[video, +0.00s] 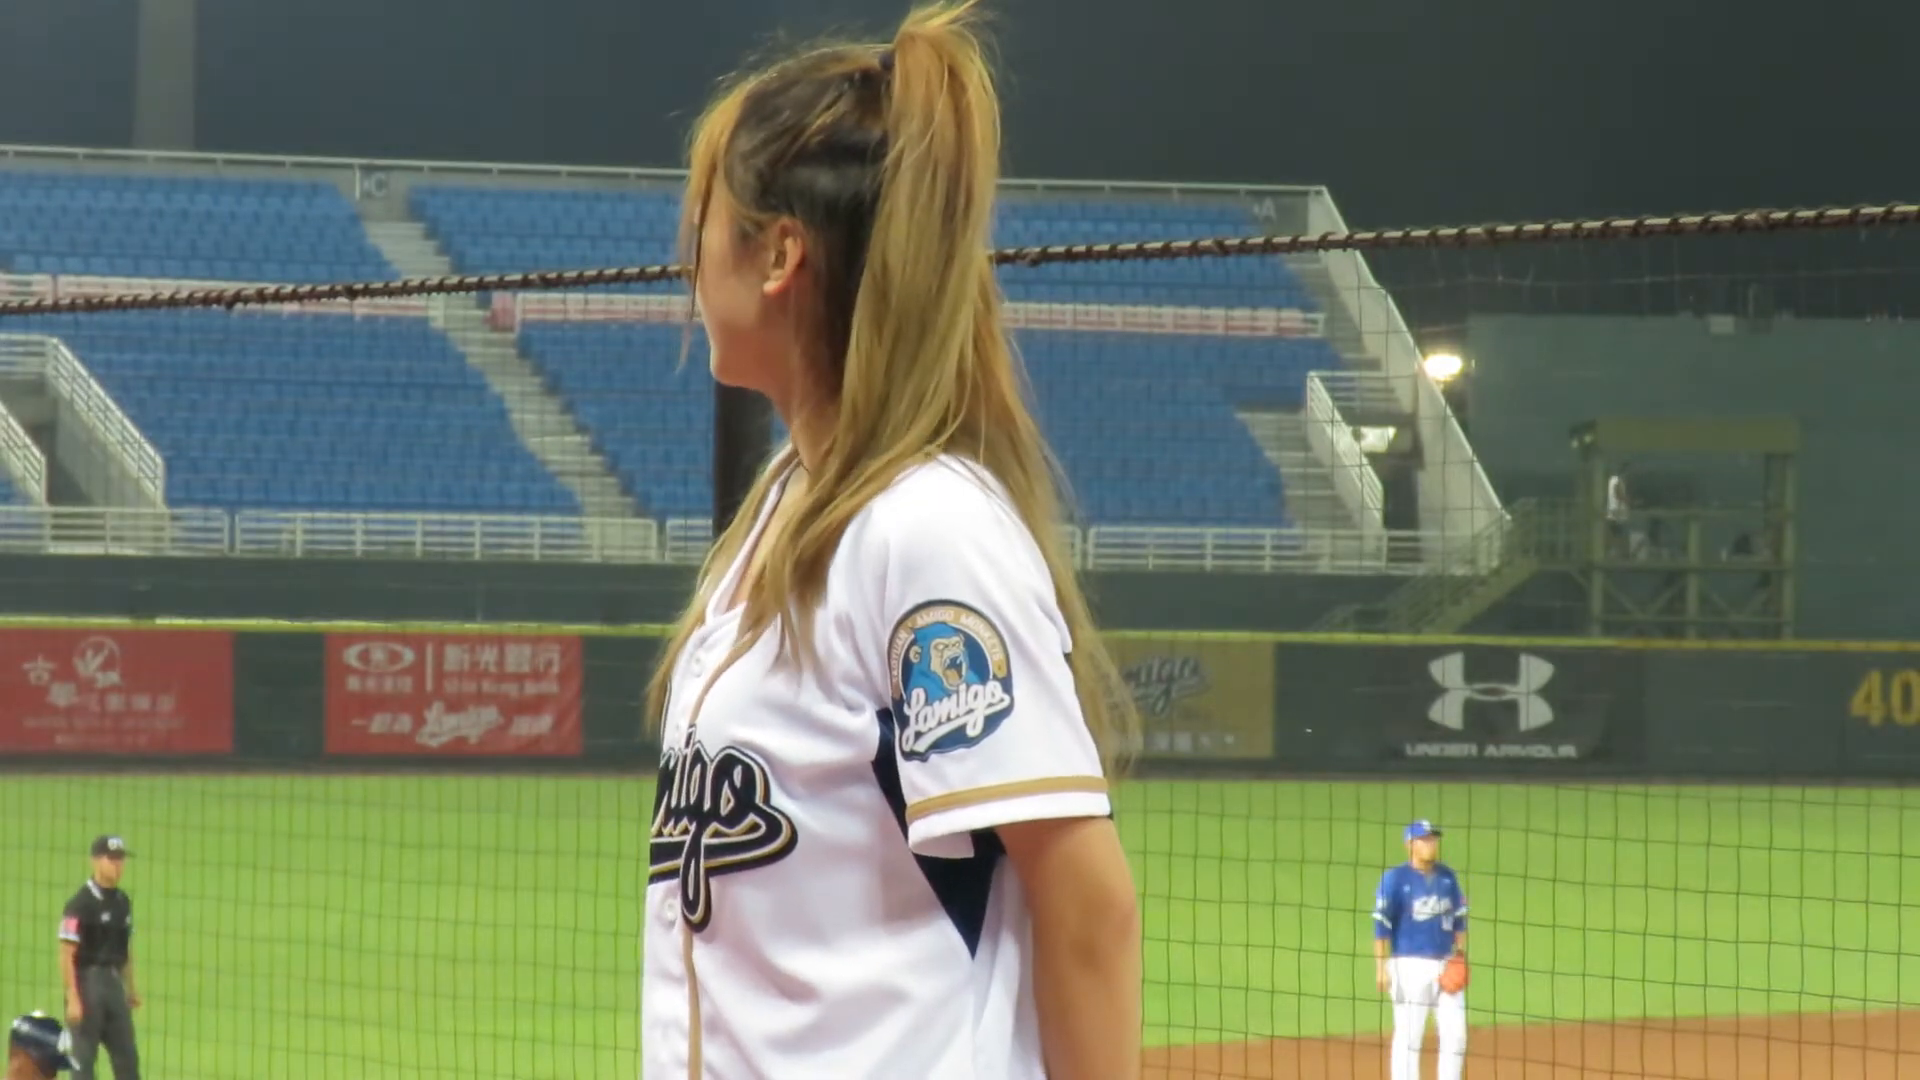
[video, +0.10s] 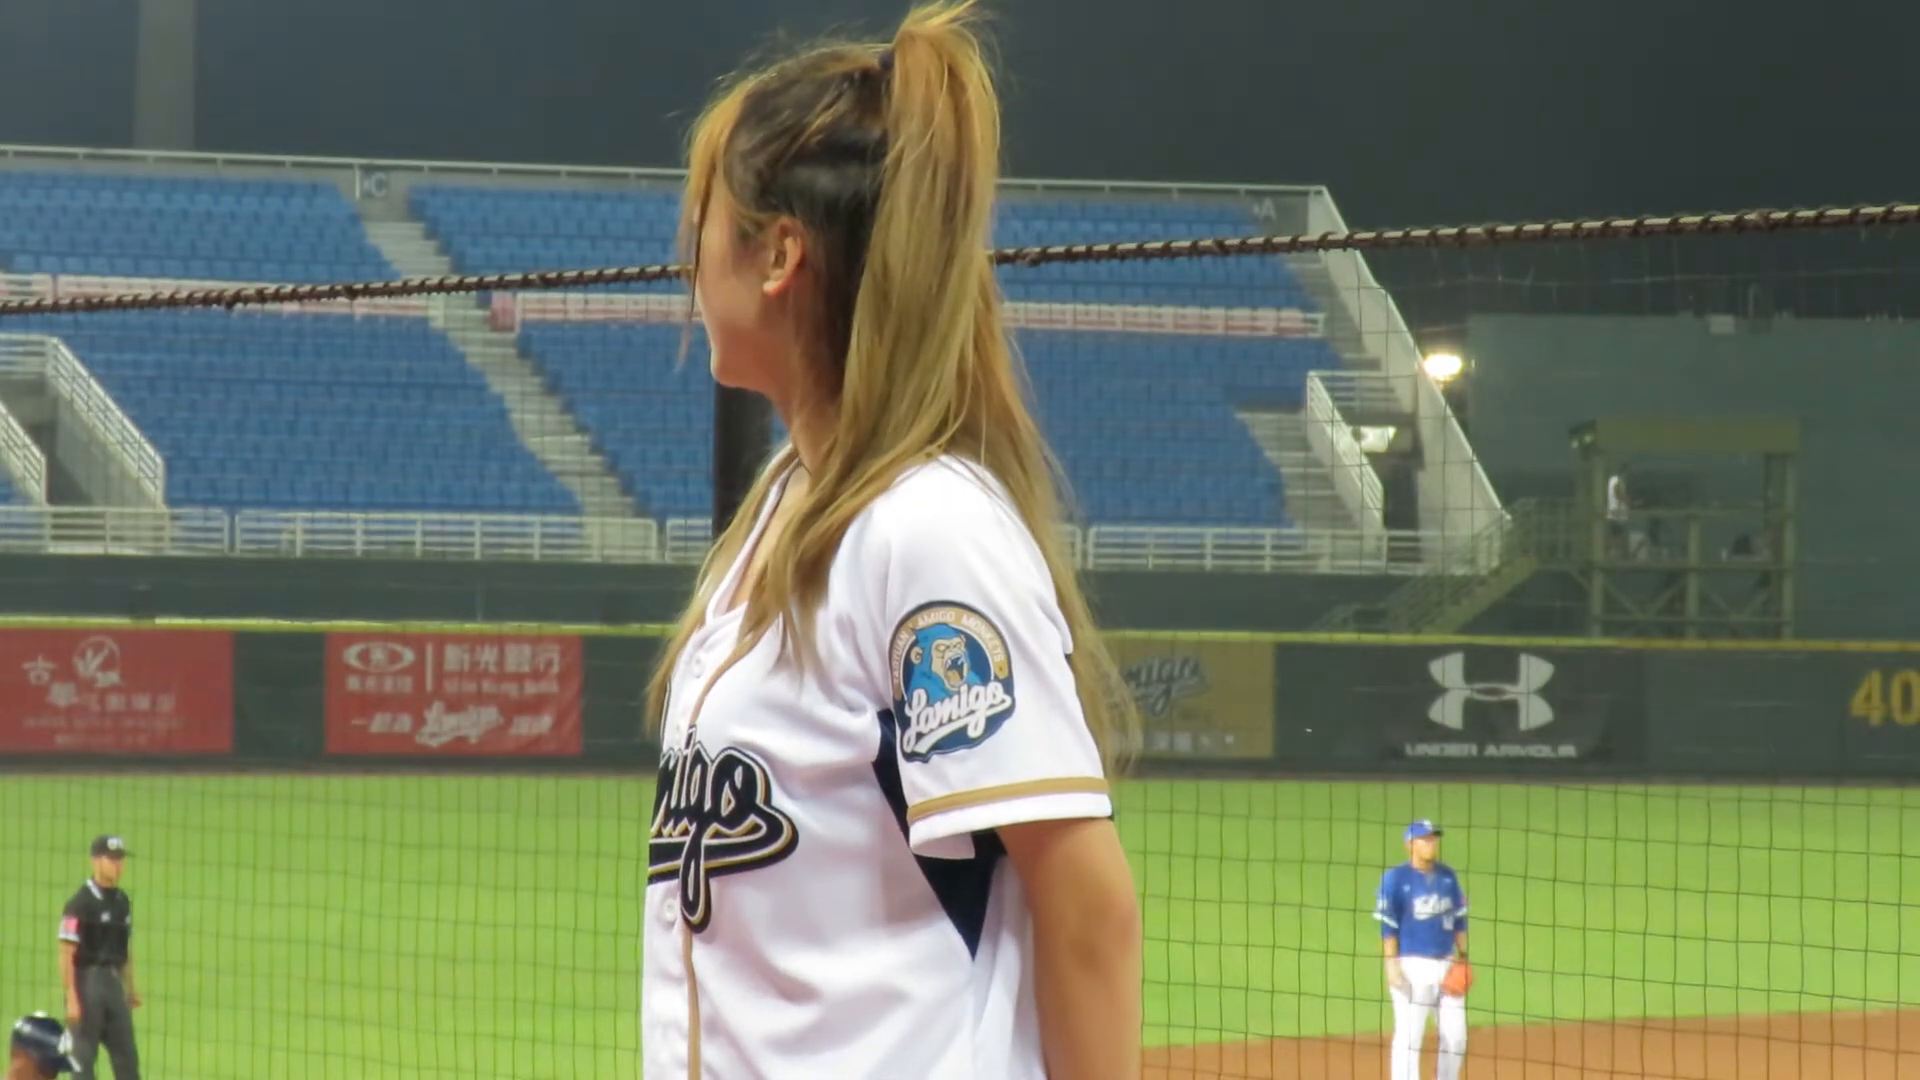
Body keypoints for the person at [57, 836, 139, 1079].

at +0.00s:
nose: (117, 865)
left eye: (120, 860)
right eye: (111, 859)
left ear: (123, 862)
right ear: (96, 860)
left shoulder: (122, 901)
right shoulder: (80, 903)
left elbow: (123, 949)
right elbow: (67, 954)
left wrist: (129, 988)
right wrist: (73, 998)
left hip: (114, 973)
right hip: (87, 973)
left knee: (126, 1054)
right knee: (83, 1055)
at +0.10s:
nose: (117, 866)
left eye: (120, 860)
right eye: (111, 859)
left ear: (122, 862)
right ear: (96, 860)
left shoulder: (121, 901)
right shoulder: (80, 903)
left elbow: (123, 950)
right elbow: (67, 954)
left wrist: (129, 988)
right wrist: (72, 998)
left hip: (114, 973)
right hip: (87, 973)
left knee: (125, 1054)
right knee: (83, 1054)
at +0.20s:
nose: (117, 866)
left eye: (120, 860)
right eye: (111, 859)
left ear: (122, 862)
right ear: (95, 860)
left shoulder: (121, 901)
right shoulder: (79, 903)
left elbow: (123, 951)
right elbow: (66, 954)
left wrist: (129, 988)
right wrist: (71, 1000)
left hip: (114, 973)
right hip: (87, 973)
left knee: (125, 1054)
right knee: (83, 1054)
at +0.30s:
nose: (117, 866)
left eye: (119, 860)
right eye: (111, 859)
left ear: (122, 862)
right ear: (95, 861)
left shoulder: (121, 901)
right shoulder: (79, 903)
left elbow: (123, 950)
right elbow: (66, 955)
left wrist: (129, 988)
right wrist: (71, 1001)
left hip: (114, 973)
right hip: (87, 973)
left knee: (125, 1054)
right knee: (84, 1053)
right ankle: (81, 1074)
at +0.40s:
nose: (116, 865)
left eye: (119, 860)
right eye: (110, 859)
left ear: (122, 862)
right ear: (95, 860)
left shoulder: (121, 901)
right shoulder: (78, 903)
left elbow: (122, 952)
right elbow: (66, 954)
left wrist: (129, 990)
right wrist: (71, 1000)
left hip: (114, 973)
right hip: (87, 973)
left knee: (125, 1054)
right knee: (84, 1053)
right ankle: (81, 1074)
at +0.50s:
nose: (116, 865)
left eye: (119, 859)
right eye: (110, 859)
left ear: (122, 862)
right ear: (95, 860)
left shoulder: (121, 901)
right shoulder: (78, 903)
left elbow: (123, 952)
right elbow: (66, 954)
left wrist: (129, 990)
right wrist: (72, 1000)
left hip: (114, 973)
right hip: (87, 973)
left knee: (125, 1054)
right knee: (84, 1053)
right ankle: (81, 1074)